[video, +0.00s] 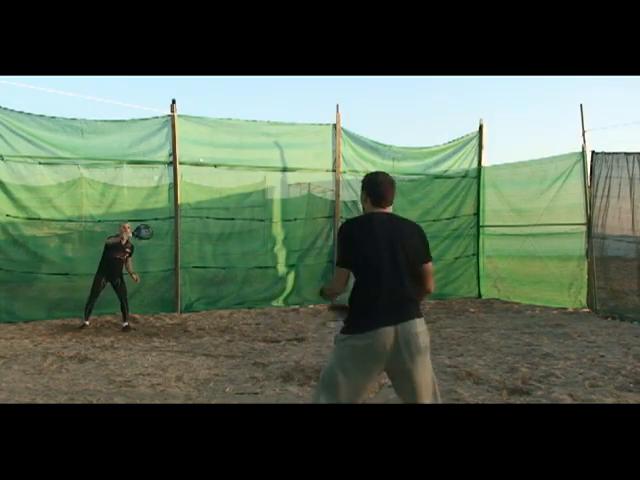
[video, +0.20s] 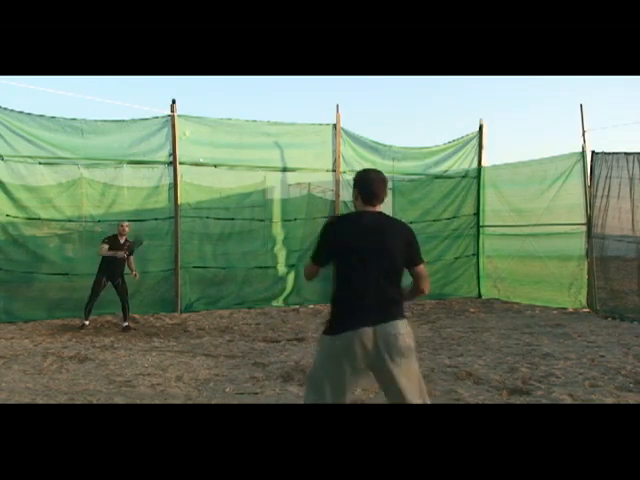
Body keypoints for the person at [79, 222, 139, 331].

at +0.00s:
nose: (126, 231)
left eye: (128, 229)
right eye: (124, 228)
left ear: (130, 231)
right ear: (120, 230)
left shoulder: (129, 246)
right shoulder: (111, 240)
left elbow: (127, 262)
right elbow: (109, 242)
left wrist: (132, 274)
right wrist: (122, 239)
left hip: (117, 274)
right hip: (103, 272)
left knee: (123, 298)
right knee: (93, 296)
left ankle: (125, 322)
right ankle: (86, 320)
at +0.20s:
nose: (124, 229)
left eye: (126, 227)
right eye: (121, 226)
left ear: (128, 229)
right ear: (118, 228)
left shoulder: (129, 245)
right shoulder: (109, 239)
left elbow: (129, 259)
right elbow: (102, 252)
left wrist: (132, 270)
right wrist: (117, 254)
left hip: (118, 274)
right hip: (104, 273)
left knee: (124, 298)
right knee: (94, 295)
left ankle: (125, 323)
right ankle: (85, 320)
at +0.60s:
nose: (102, 230)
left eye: (105, 228)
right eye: (100, 228)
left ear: (107, 230)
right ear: (96, 229)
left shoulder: (111, 245)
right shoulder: (87, 244)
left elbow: (114, 259)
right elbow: (80, 260)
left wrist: (114, 266)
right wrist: (89, 268)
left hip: (105, 274)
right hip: (90, 274)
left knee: (116, 298)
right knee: (81, 298)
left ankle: (123, 322)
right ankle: (78, 323)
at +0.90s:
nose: (98, 230)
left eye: (100, 228)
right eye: (96, 227)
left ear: (103, 229)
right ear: (92, 229)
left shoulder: (108, 244)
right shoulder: (84, 243)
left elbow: (111, 257)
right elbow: (75, 259)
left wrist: (113, 265)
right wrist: (82, 255)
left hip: (103, 276)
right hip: (88, 276)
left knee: (114, 298)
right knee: (80, 298)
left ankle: (119, 322)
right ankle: (78, 322)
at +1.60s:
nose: (104, 229)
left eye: (107, 227)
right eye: (102, 227)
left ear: (110, 229)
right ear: (98, 229)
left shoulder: (115, 243)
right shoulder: (90, 243)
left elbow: (118, 259)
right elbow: (81, 259)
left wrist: (114, 266)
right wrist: (90, 269)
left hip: (109, 272)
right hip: (95, 273)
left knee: (116, 297)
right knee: (87, 297)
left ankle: (119, 321)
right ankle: (83, 322)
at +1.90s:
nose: (101, 228)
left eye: (104, 226)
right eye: (99, 226)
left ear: (107, 228)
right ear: (95, 228)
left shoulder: (113, 242)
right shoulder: (88, 242)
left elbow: (117, 258)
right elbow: (80, 258)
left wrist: (114, 264)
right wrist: (88, 259)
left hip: (108, 273)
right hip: (93, 273)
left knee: (116, 296)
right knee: (87, 297)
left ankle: (120, 321)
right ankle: (84, 322)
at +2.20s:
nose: (102, 228)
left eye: (104, 226)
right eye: (99, 227)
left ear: (107, 229)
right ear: (97, 230)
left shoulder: (114, 244)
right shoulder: (92, 243)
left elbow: (119, 257)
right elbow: (89, 239)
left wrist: (120, 265)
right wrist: (93, 225)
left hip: (110, 275)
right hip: (96, 275)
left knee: (121, 298)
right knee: (88, 299)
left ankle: (121, 321)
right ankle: (84, 322)